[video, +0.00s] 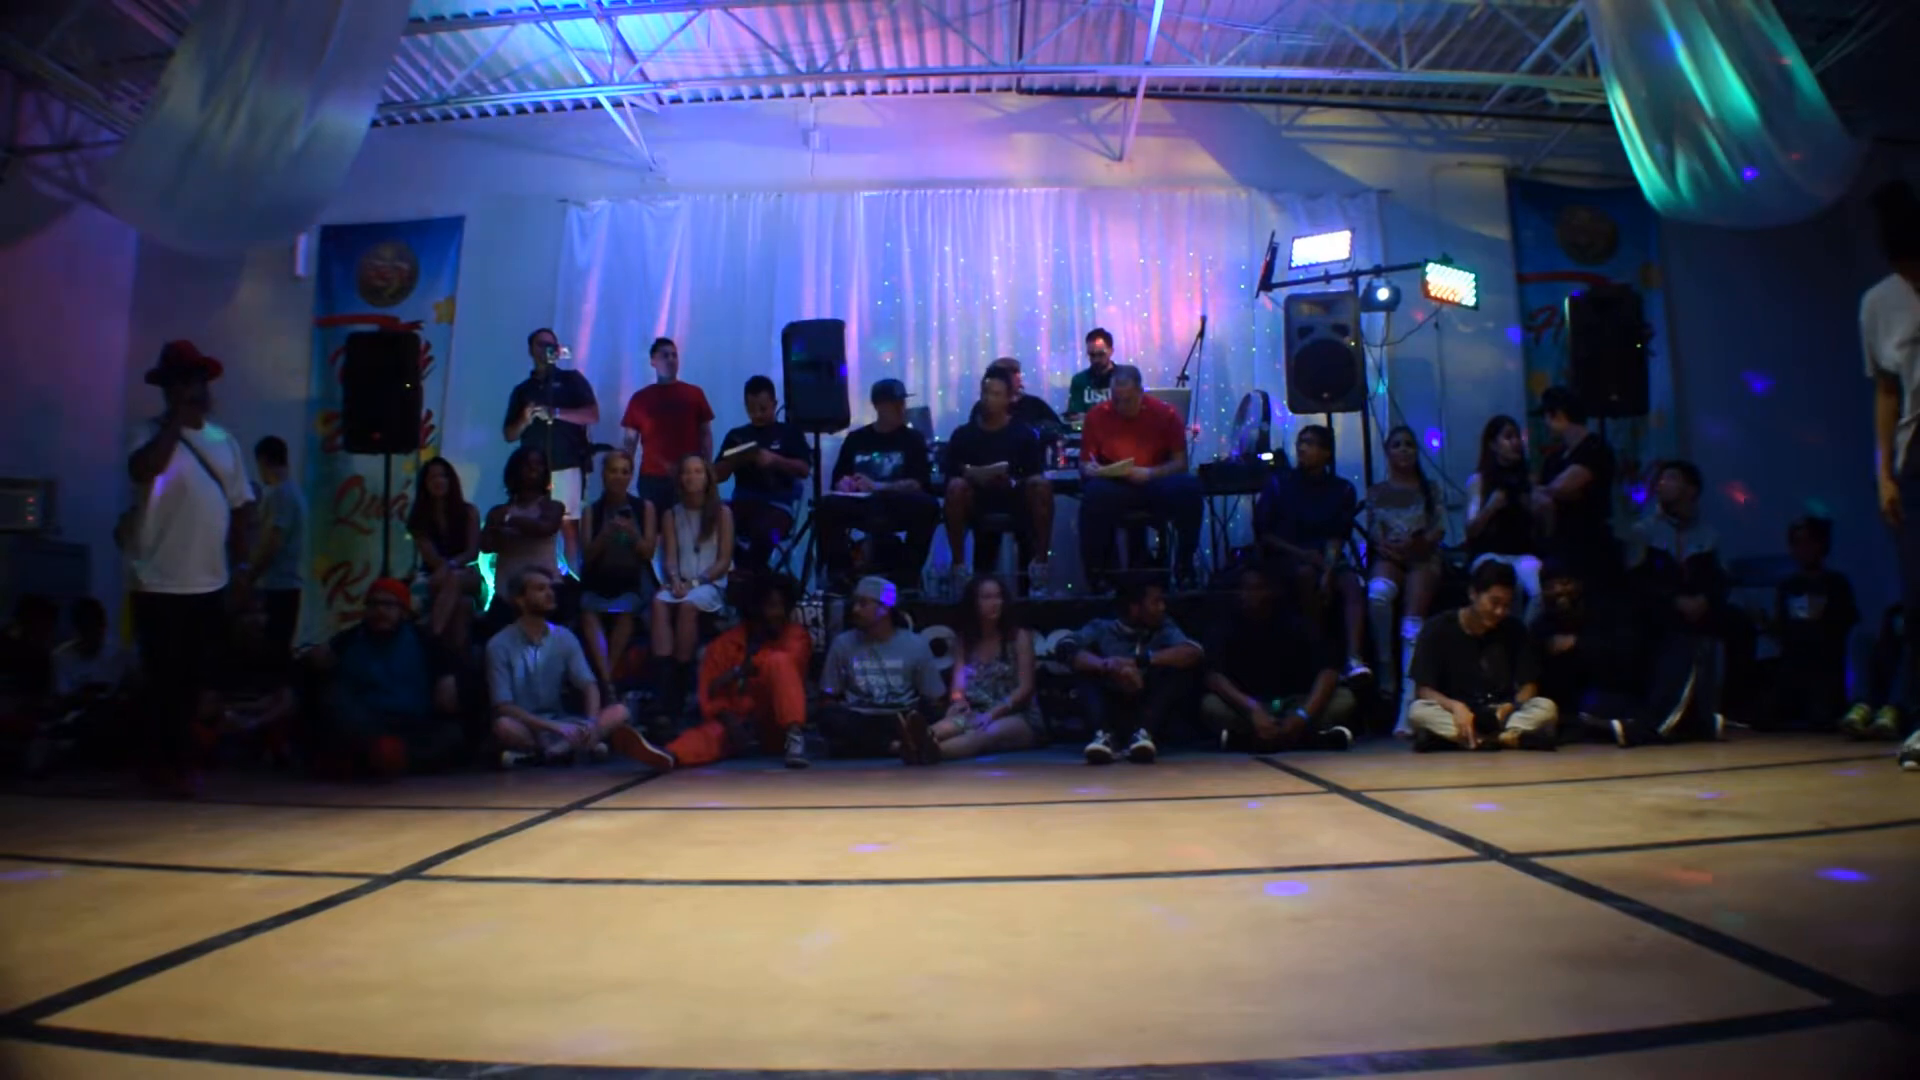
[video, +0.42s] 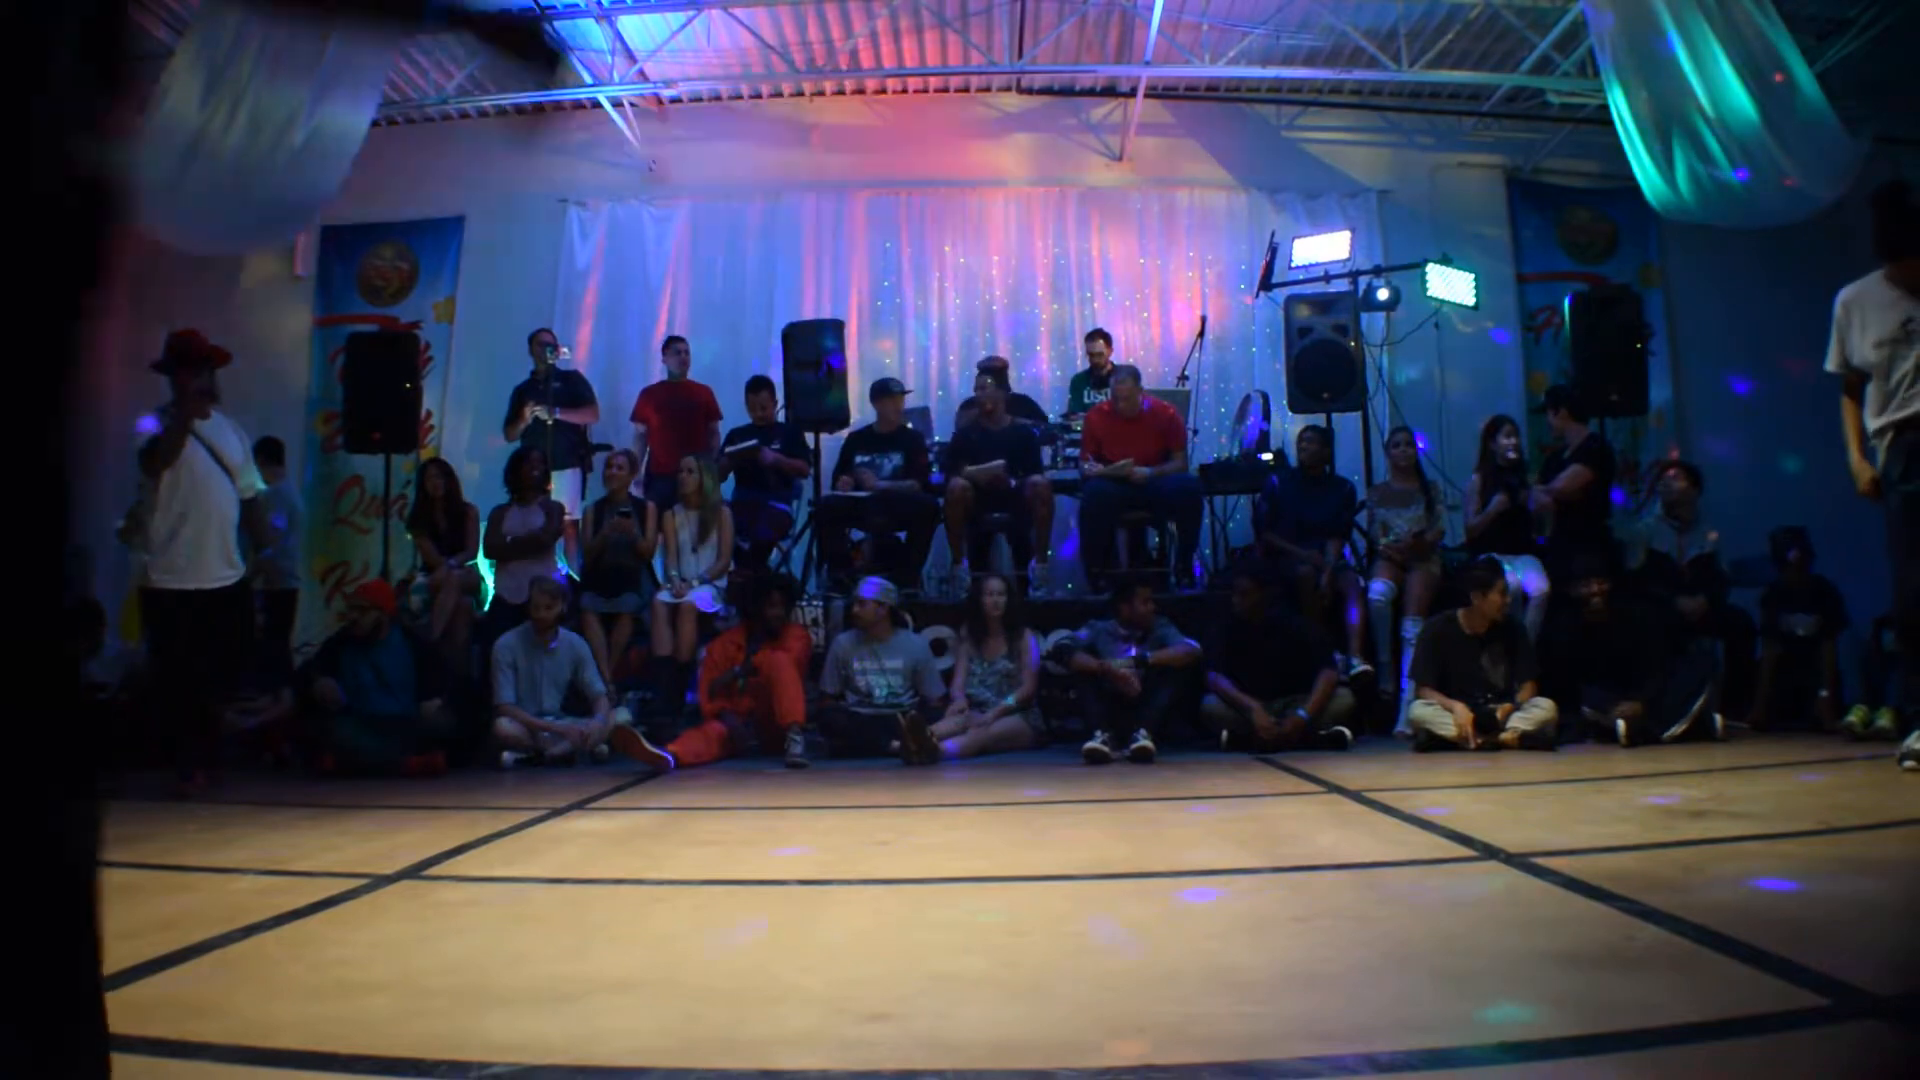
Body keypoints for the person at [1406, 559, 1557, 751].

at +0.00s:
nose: (1500, 612)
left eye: (1506, 606)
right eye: (1494, 603)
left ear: (1511, 605)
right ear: (1473, 595)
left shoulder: (1513, 631)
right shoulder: (1438, 629)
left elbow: (1529, 686)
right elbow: (1423, 690)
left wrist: (1511, 706)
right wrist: (1456, 707)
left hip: (1501, 705)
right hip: (1457, 707)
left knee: (1546, 707)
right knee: (1418, 711)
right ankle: (1506, 740)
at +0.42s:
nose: (1507, 601)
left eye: (1507, 594)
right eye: (1501, 594)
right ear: (1476, 597)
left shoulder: (1512, 628)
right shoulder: (1438, 629)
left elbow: (1528, 686)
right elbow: (1423, 689)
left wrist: (1511, 706)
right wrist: (1456, 707)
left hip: (1500, 706)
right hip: (1456, 708)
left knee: (1546, 708)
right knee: (1418, 711)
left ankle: (1470, 742)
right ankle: (1504, 740)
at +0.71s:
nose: (1506, 600)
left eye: (1506, 593)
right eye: (1501, 592)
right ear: (1477, 597)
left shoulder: (1511, 629)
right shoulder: (1437, 629)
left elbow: (1528, 684)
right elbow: (1423, 689)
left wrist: (1511, 707)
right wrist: (1456, 708)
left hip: (1500, 706)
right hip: (1456, 709)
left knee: (1546, 708)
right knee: (1418, 711)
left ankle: (1463, 743)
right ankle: (1505, 740)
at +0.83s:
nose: (1507, 600)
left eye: (1508, 593)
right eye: (1501, 593)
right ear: (1475, 595)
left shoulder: (1514, 629)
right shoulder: (1440, 629)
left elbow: (1528, 684)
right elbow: (1423, 689)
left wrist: (1511, 706)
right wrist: (1456, 708)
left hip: (1500, 706)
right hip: (1456, 708)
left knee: (1546, 707)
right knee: (1418, 711)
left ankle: (1462, 743)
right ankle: (1505, 740)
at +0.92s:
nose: (1504, 599)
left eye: (1507, 592)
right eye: (1496, 591)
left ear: (1511, 595)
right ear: (1473, 593)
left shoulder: (1514, 628)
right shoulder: (1442, 628)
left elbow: (1529, 684)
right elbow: (1424, 689)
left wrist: (1510, 706)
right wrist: (1456, 708)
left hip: (1500, 705)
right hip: (1457, 706)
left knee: (1546, 707)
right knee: (1418, 711)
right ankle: (1503, 740)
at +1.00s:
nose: (1502, 598)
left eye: (1505, 590)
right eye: (1494, 590)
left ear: (1510, 593)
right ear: (1472, 592)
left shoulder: (1515, 628)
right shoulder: (1442, 628)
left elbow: (1529, 684)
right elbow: (1424, 689)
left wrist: (1510, 706)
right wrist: (1456, 708)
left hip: (1501, 705)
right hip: (1456, 706)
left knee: (1545, 707)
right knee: (1417, 711)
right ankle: (1502, 740)